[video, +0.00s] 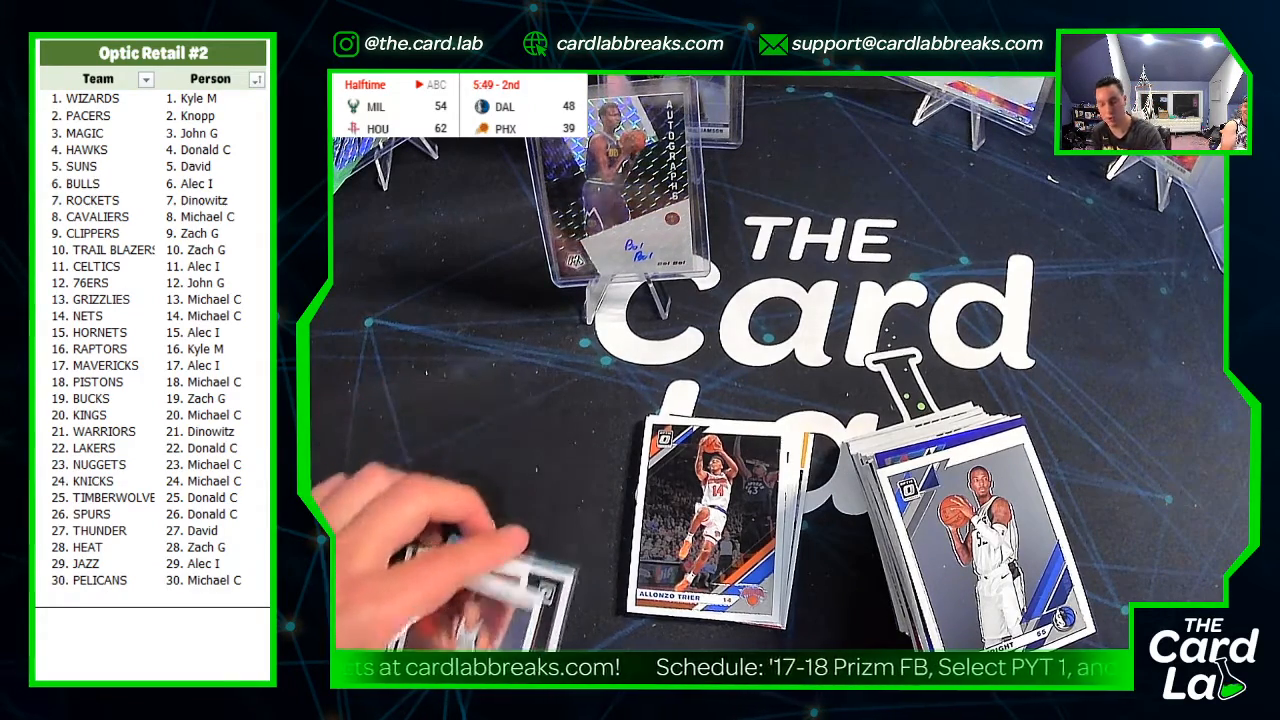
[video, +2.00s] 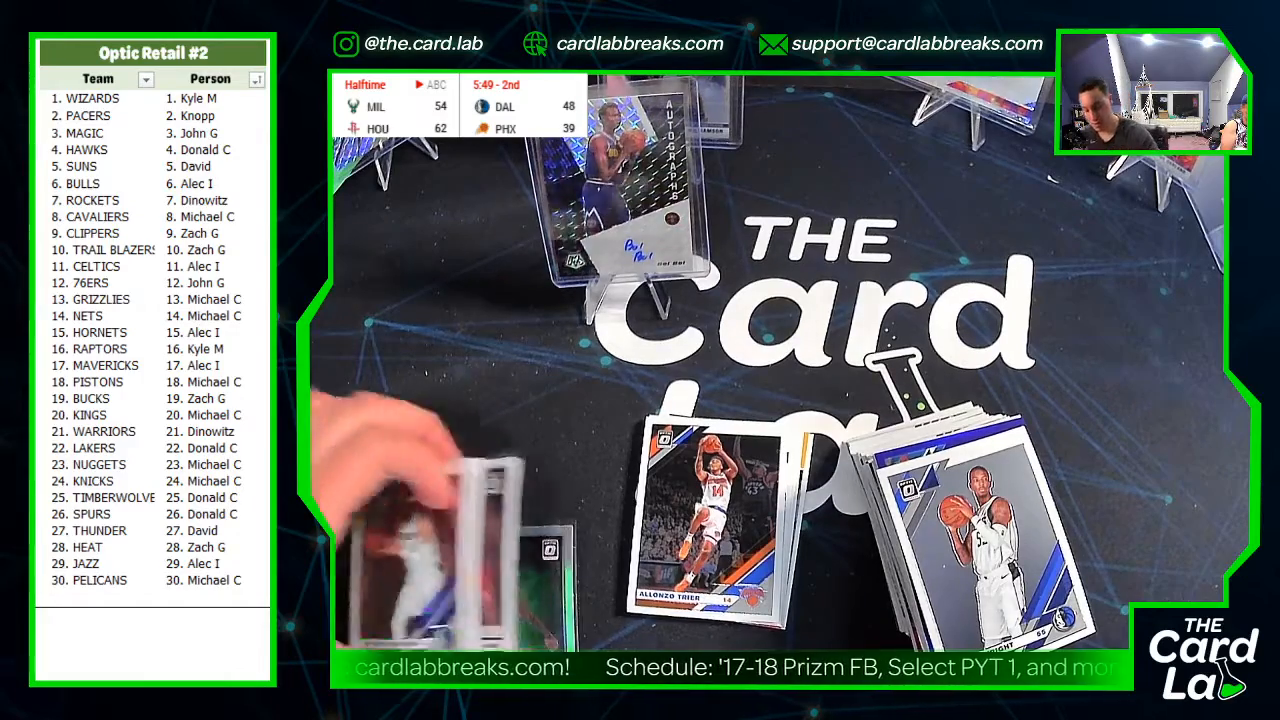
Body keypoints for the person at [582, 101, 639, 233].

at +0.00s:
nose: (617, 118)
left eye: (618, 114)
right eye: (612, 115)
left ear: (620, 117)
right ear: (602, 118)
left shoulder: (616, 141)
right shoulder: (598, 140)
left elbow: (619, 174)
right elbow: (607, 176)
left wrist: (632, 153)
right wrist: (624, 154)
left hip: (612, 189)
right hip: (597, 191)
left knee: (625, 225)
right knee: (607, 231)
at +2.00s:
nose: (617, 118)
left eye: (618, 115)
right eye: (612, 115)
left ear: (620, 117)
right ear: (603, 118)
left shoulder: (617, 142)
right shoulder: (598, 140)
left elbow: (619, 178)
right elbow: (606, 176)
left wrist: (632, 157)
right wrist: (623, 154)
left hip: (611, 188)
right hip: (595, 190)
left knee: (624, 226)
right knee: (598, 234)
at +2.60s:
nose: (618, 119)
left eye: (618, 115)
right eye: (613, 116)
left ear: (620, 117)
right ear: (603, 119)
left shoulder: (615, 141)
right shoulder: (598, 141)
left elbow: (620, 171)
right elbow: (607, 176)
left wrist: (631, 153)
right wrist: (624, 156)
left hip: (612, 189)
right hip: (596, 193)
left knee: (623, 229)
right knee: (599, 236)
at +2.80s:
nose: (618, 118)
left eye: (619, 115)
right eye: (614, 115)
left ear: (620, 117)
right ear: (603, 118)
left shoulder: (615, 141)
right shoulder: (598, 141)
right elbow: (606, 176)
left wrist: (631, 153)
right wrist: (624, 156)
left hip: (612, 187)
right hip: (596, 189)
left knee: (624, 226)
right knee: (600, 233)